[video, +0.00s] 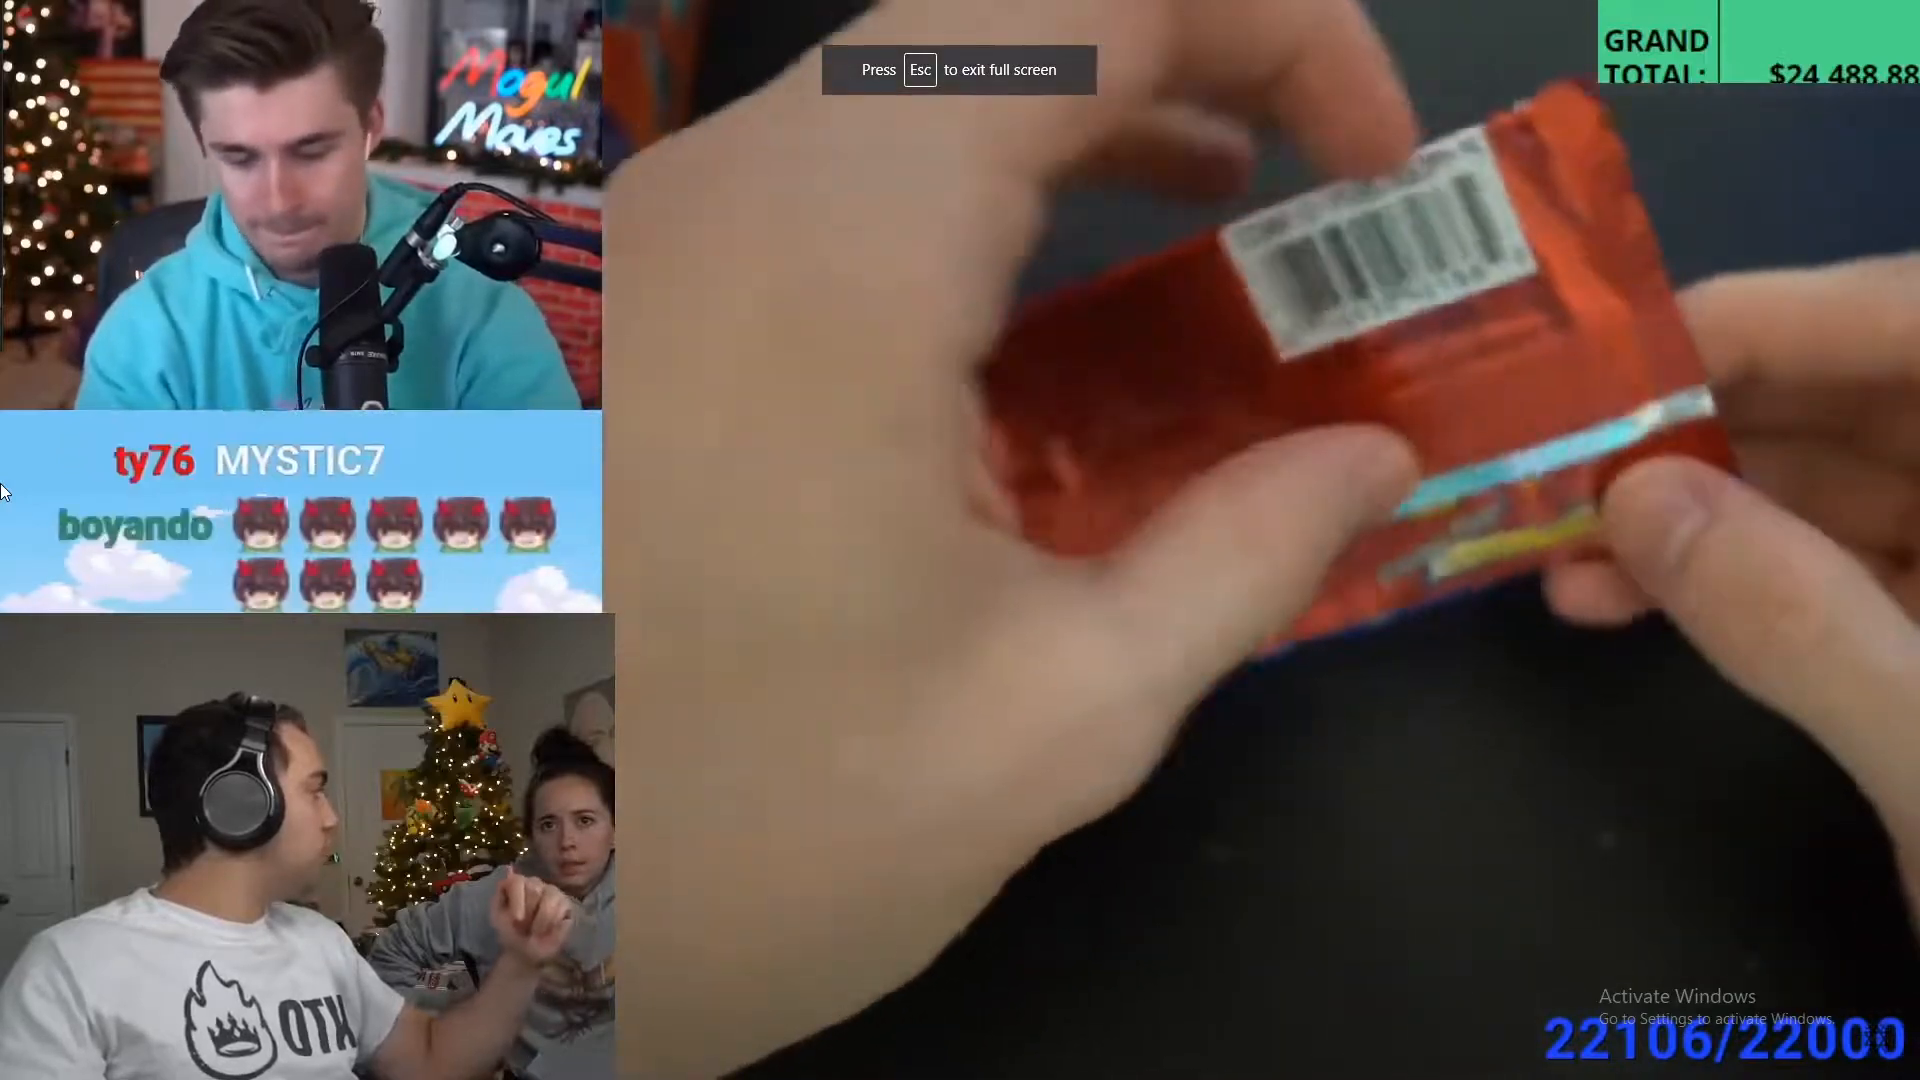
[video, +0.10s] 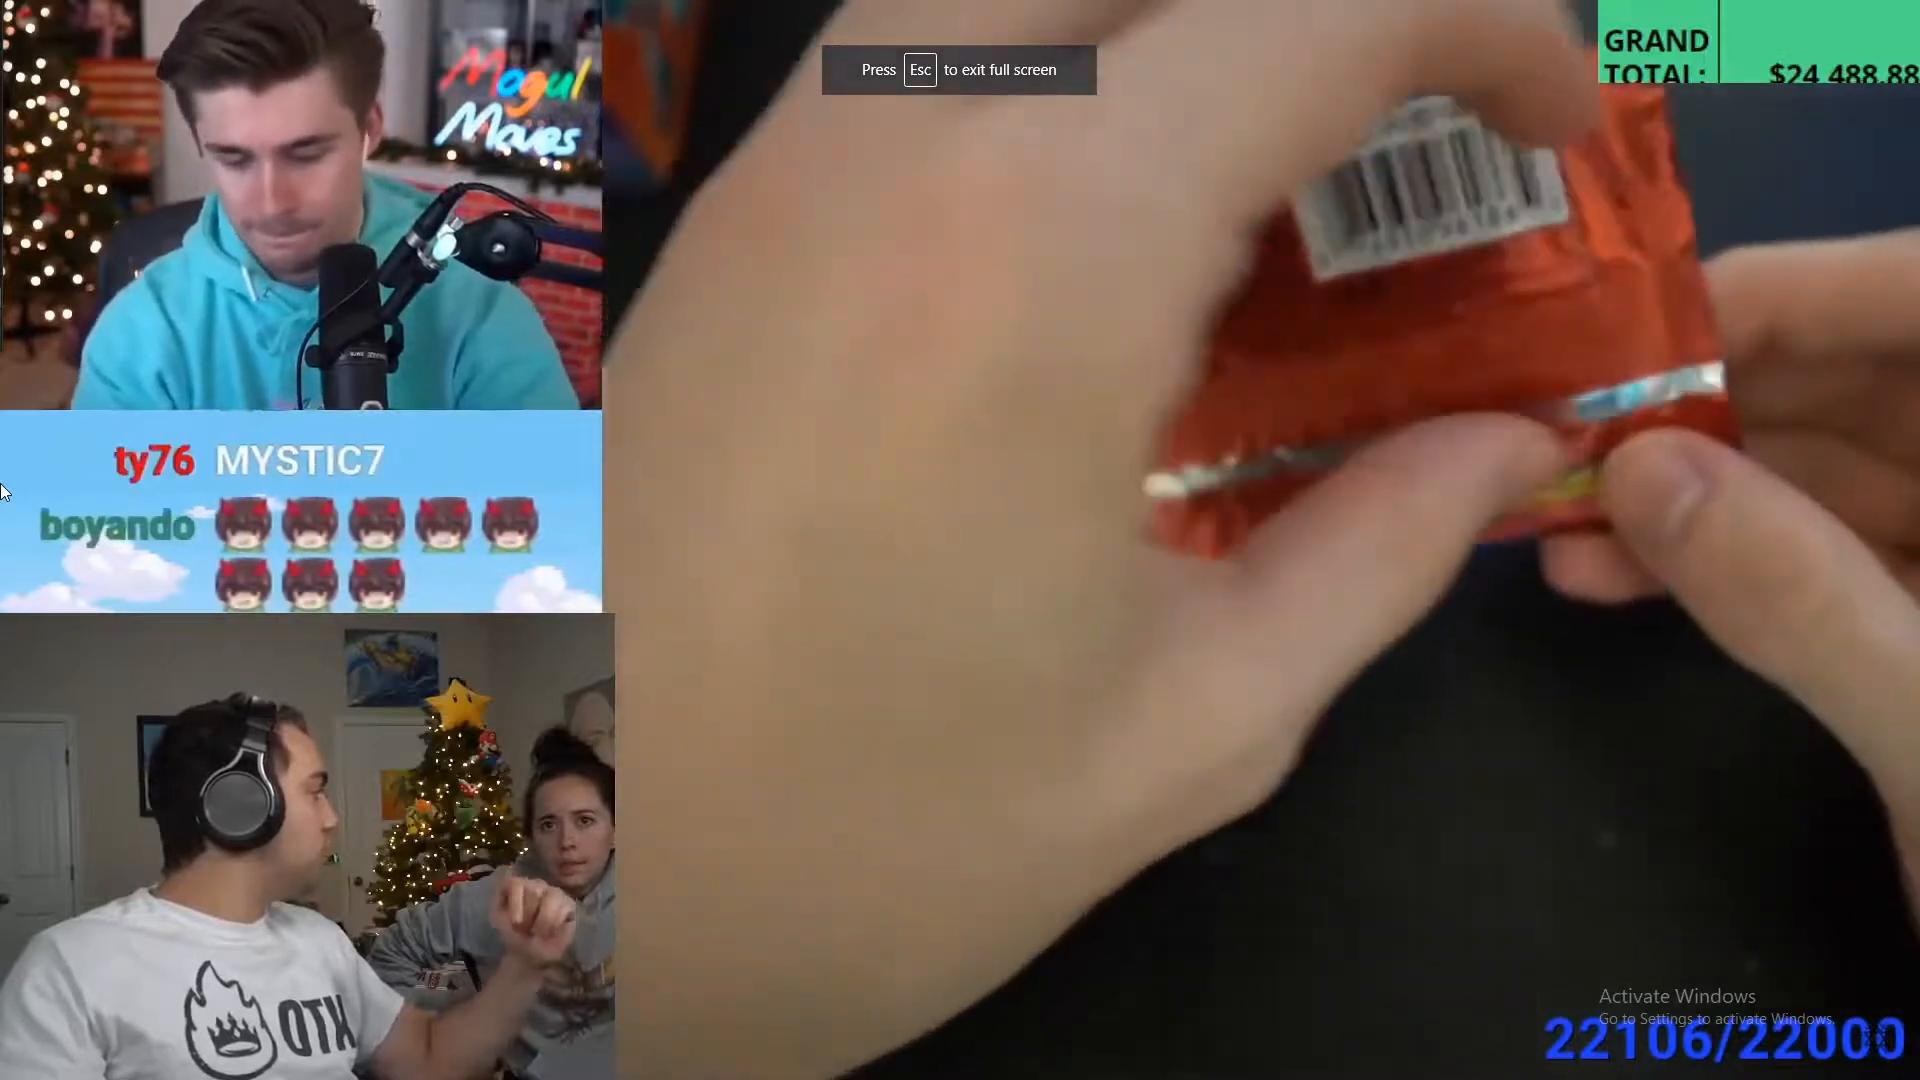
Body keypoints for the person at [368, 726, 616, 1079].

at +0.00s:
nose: (567, 842)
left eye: (585, 822)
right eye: (548, 825)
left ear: (614, 829)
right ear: (531, 836)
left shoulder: (642, 896)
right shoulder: (489, 900)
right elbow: (387, 957)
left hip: (621, 1069)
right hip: (534, 1071)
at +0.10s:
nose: (567, 842)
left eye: (585, 821)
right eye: (548, 825)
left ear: (615, 829)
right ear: (531, 835)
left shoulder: (642, 898)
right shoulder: (488, 900)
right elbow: (387, 957)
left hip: (620, 1069)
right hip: (534, 1072)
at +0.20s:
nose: (567, 842)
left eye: (585, 821)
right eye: (548, 825)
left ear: (615, 828)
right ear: (531, 836)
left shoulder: (643, 895)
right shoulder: (490, 901)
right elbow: (388, 956)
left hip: (621, 1067)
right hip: (533, 1070)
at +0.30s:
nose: (567, 842)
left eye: (585, 821)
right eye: (548, 825)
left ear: (614, 829)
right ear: (531, 836)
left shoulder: (642, 895)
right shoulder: (489, 901)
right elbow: (388, 956)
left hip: (623, 1069)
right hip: (536, 1072)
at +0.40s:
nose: (567, 842)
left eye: (585, 821)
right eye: (548, 825)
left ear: (615, 829)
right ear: (531, 836)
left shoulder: (641, 895)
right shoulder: (491, 900)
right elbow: (388, 956)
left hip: (621, 1067)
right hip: (535, 1070)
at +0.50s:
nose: (567, 842)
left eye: (585, 821)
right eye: (548, 825)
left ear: (615, 829)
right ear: (531, 836)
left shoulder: (642, 893)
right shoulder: (491, 899)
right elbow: (390, 953)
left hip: (623, 1067)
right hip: (535, 1069)